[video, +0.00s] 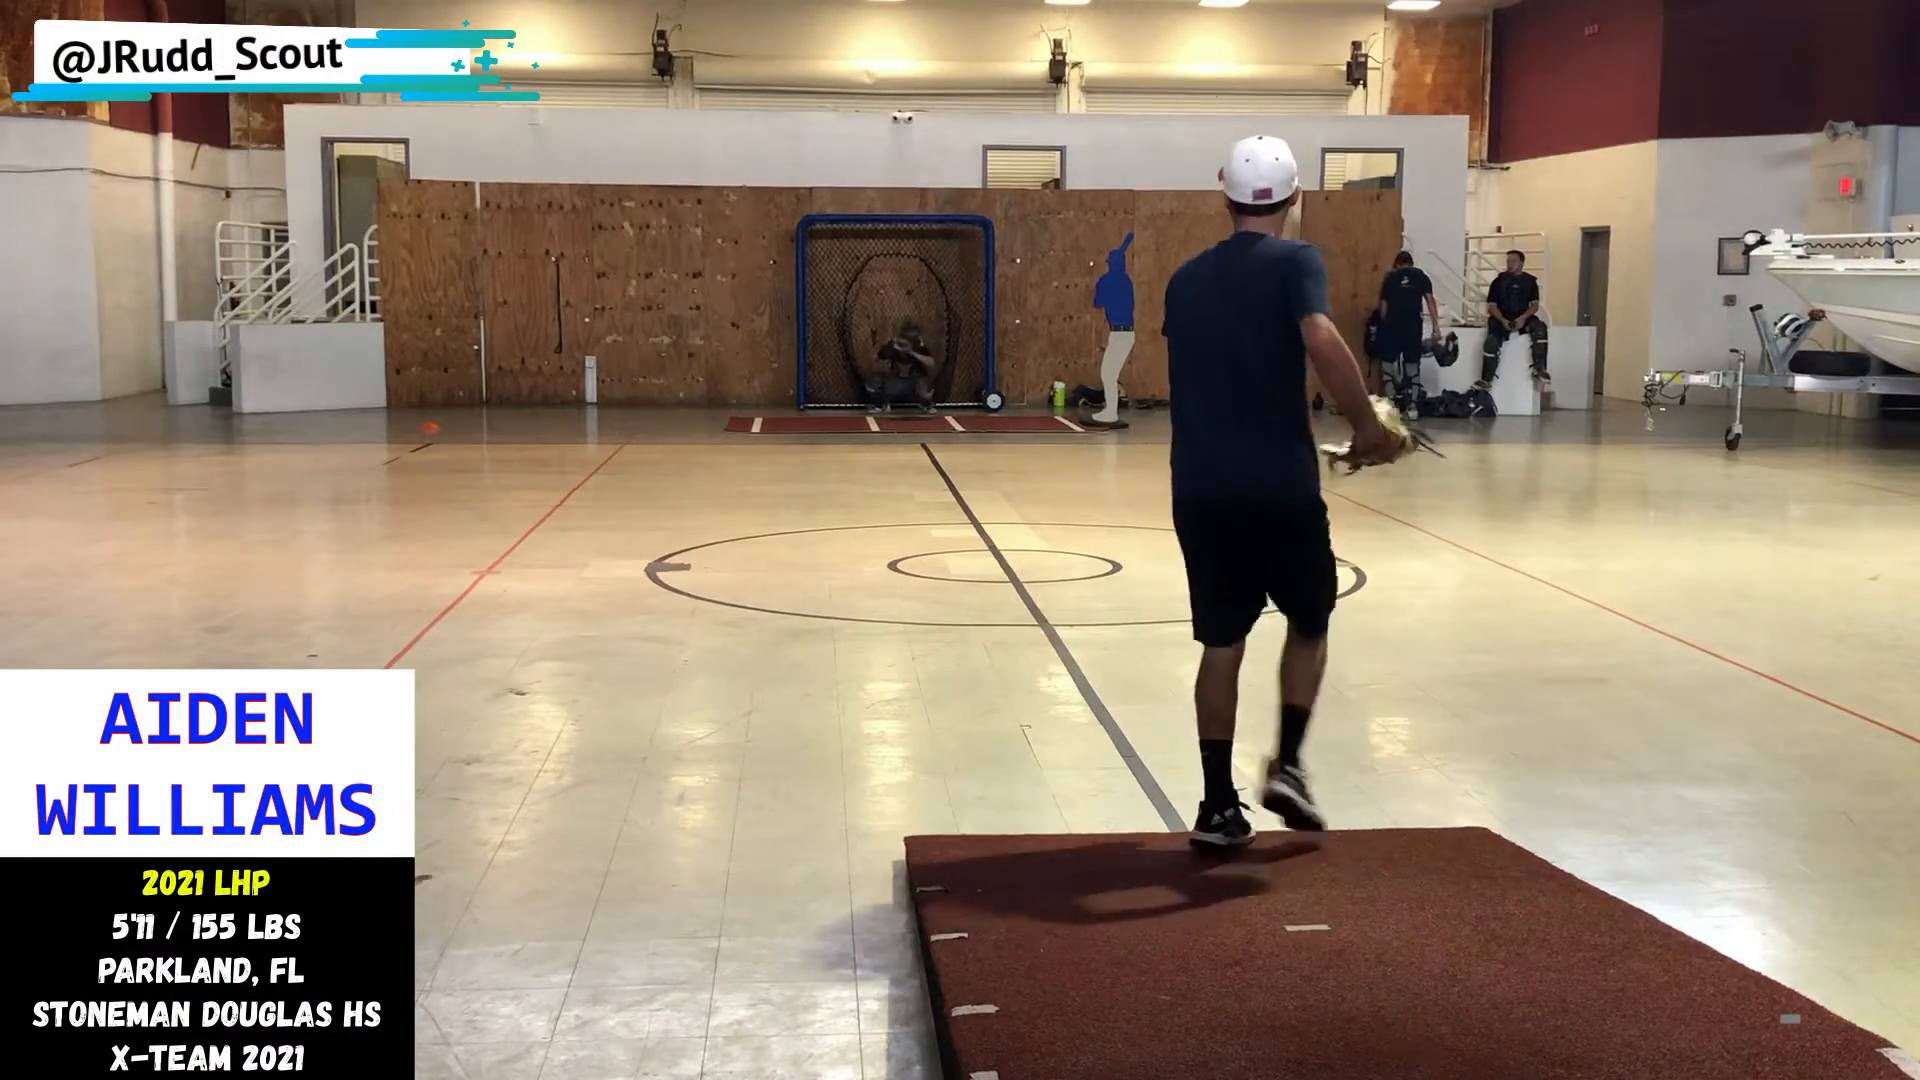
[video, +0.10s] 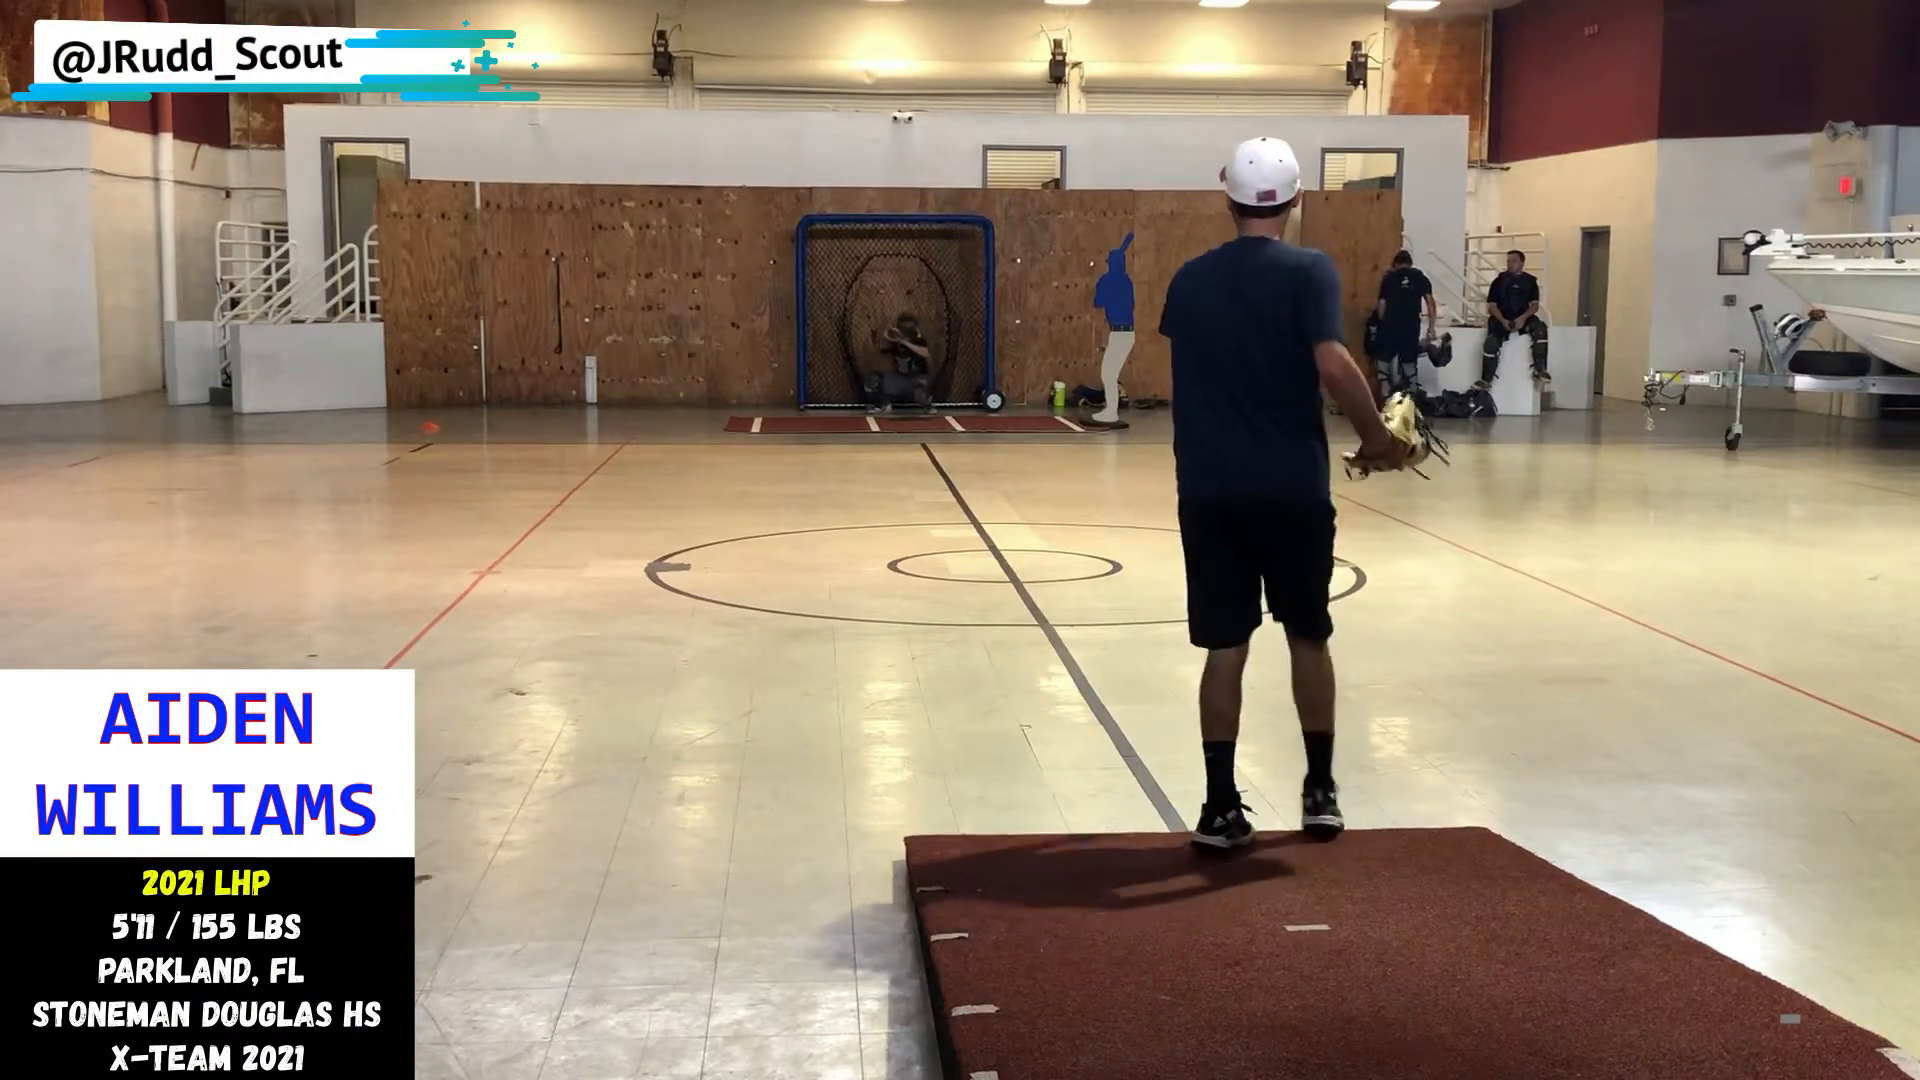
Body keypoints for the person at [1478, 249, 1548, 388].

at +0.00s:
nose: (1509, 264)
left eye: (1512, 261)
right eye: (1508, 261)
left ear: (1521, 263)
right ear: (1506, 262)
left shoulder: (1530, 280)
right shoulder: (1499, 280)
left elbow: (1534, 305)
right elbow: (1491, 305)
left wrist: (1523, 318)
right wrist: (1503, 320)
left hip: (1523, 316)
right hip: (1502, 317)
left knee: (1540, 329)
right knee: (1491, 341)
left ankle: (1540, 369)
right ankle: (1486, 380)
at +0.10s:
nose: (1510, 264)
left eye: (1513, 261)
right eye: (1508, 261)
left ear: (1521, 262)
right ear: (1506, 262)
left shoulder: (1530, 280)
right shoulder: (1499, 280)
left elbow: (1534, 305)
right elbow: (1492, 305)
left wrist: (1522, 318)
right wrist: (1503, 320)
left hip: (1523, 317)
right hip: (1502, 317)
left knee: (1540, 329)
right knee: (1491, 341)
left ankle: (1540, 369)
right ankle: (1486, 380)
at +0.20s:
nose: (1510, 264)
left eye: (1513, 261)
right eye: (1508, 261)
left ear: (1521, 263)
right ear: (1506, 263)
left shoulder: (1530, 280)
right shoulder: (1499, 280)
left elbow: (1534, 305)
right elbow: (1492, 305)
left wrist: (1522, 318)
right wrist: (1503, 320)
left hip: (1523, 316)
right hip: (1502, 317)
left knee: (1540, 329)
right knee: (1492, 342)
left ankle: (1540, 368)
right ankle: (1486, 380)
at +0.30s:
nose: (1510, 264)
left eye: (1513, 261)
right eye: (1508, 261)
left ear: (1521, 263)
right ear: (1506, 263)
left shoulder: (1530, 281)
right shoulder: (1499, 280)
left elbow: (1534, 305)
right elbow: (1492, 305)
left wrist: (1522, 319)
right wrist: (1503, 321)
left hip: (1523, 317)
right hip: (1502, 317)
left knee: (1540, 329)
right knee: (1491, 342)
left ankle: (1540, 368)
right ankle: (1486, 380)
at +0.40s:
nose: (1510, 264)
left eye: (1513, 261)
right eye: (1508, 261)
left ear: (1521, 263)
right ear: (1506, 263)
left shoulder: (1530, 281)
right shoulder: (1499, 280)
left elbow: (1534, 305)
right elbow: (1492, 306)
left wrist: (1522, 319)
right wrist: (1503, 321)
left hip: (1523, 317)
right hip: (1502, 317)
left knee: (1540, 329)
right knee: (1491, 341)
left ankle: (1541, 369)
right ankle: (1486, 380)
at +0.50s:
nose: (1509, 265)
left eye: (1512, 262)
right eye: (1507, 262)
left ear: (1520, 263)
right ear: (1505, 263)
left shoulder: (1529, 281)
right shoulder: (1498, 281)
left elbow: (1533, 305)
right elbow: (1490, 306)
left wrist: (1521, 319)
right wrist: (1501, 321)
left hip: (1522, 317)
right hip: (1500, 318)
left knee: (1539, 330)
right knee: (1490, 342)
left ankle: (1539, 369)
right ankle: (1485, 380)